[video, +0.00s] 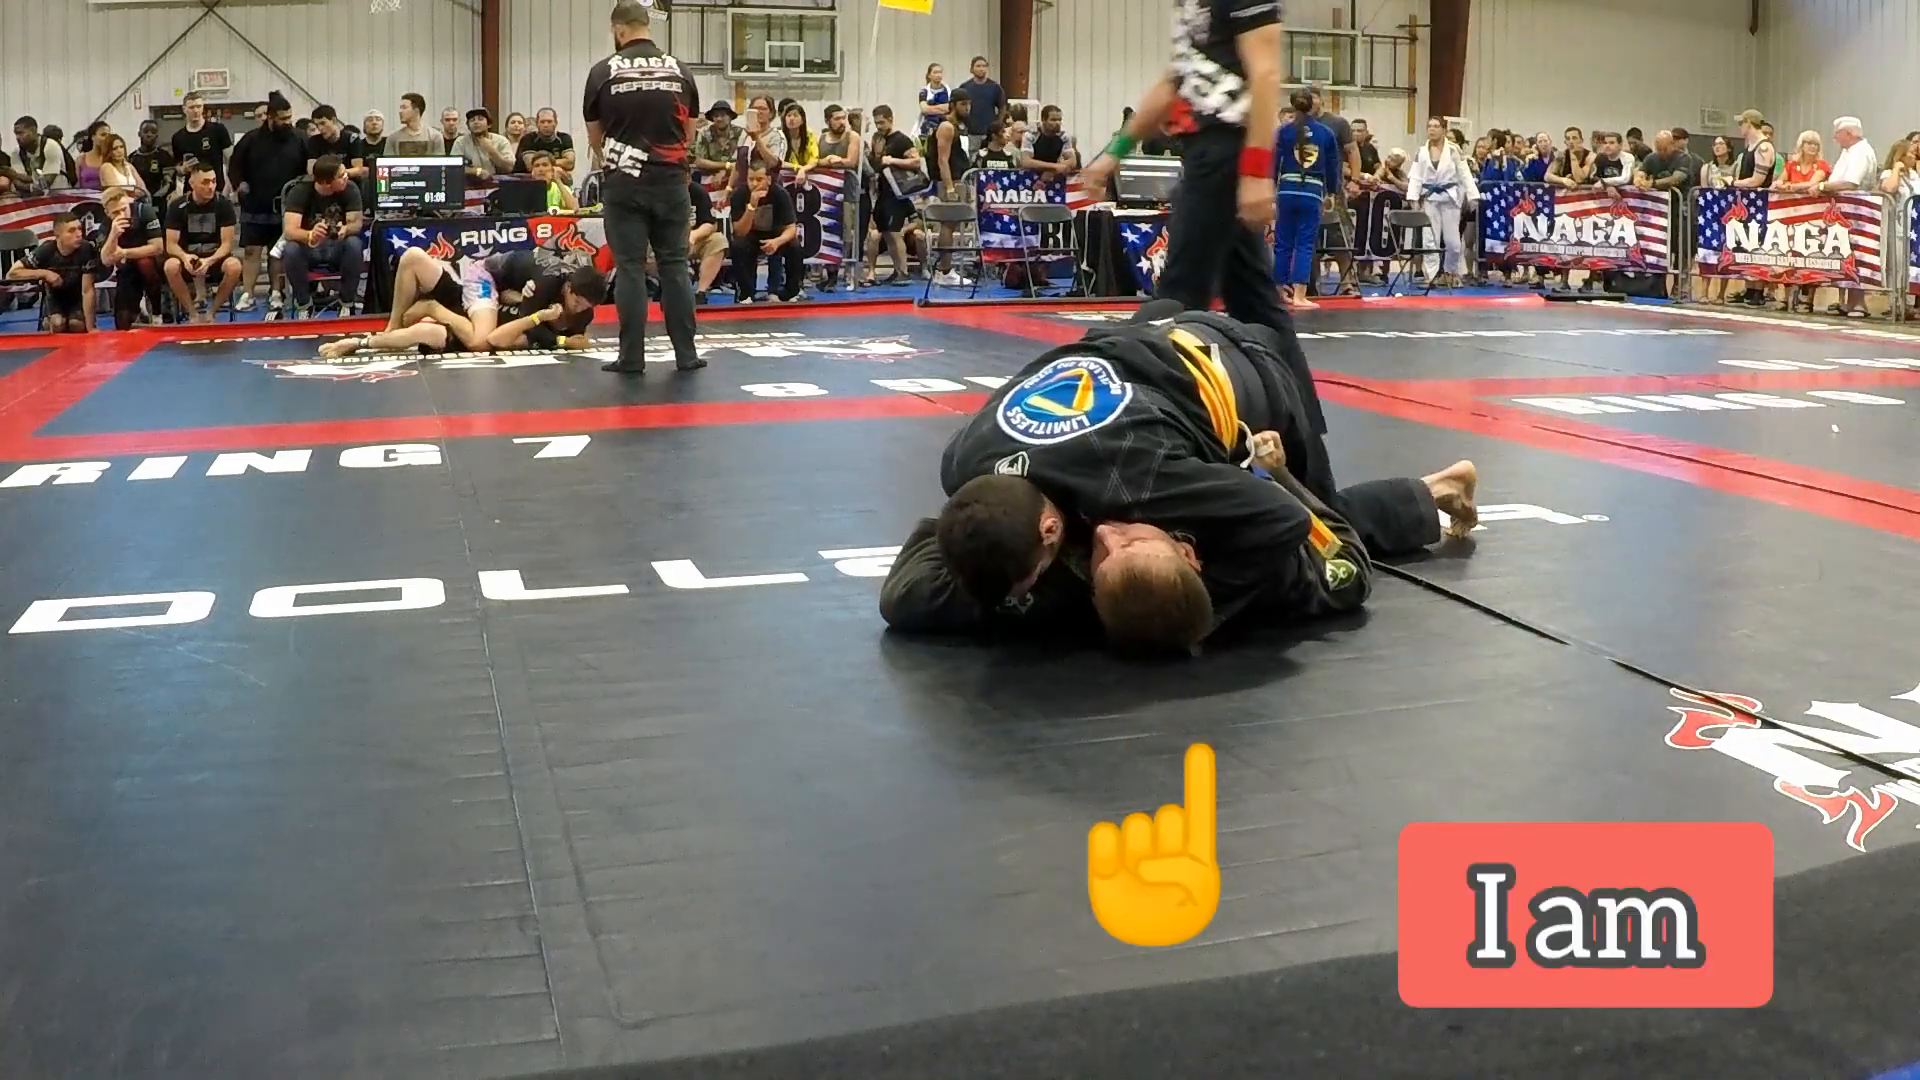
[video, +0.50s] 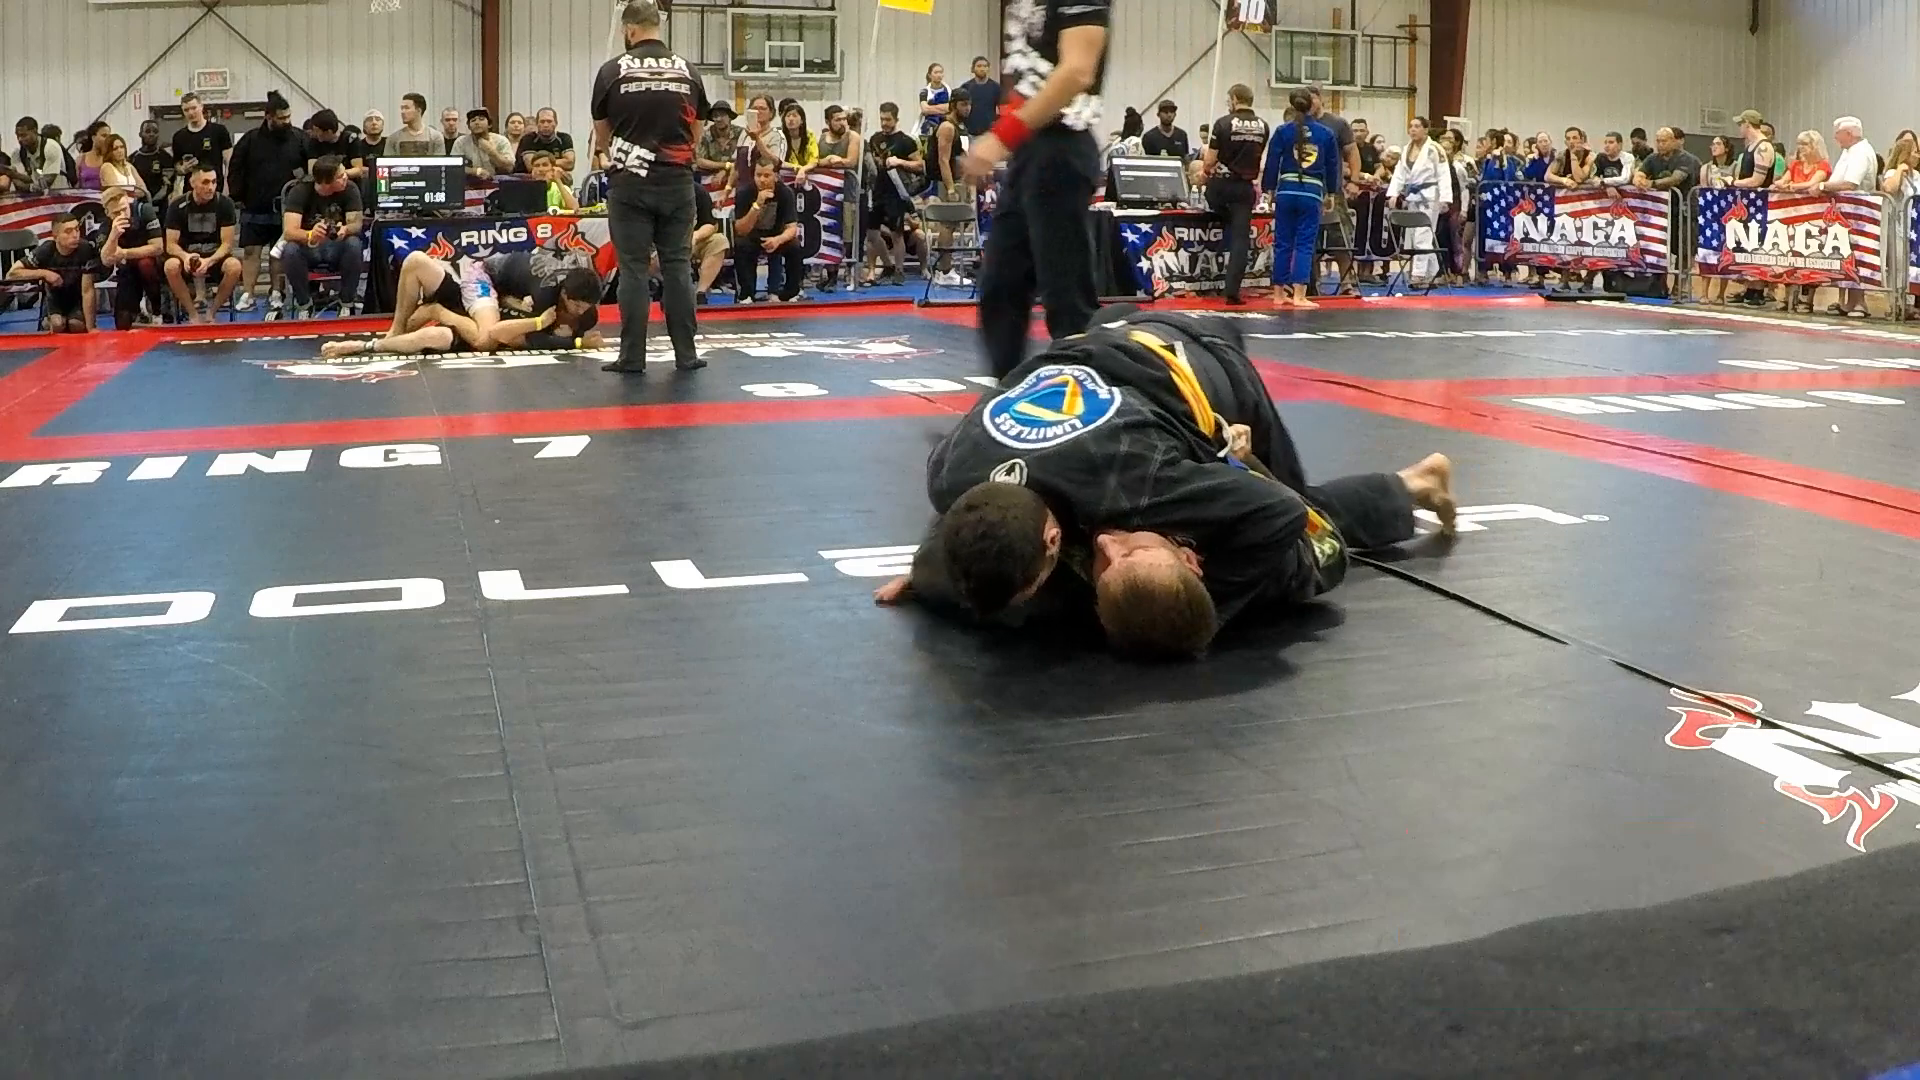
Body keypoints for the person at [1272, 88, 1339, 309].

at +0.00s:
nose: (1318, 105)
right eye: (1316, 103)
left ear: (1294, 107)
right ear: (1312, 106)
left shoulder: (1284, 131)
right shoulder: (1326, 133)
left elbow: (1276, 161)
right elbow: (1332, 164)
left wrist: (1273, 185)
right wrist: (1331, 190)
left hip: (1286, 190)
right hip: (1312, 192)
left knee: (1283, 241)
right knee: (1305, 242)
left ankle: (1281, 291)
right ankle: (1299, 294)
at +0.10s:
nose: (1318, 103)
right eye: (1316, 101)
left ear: (1293, 106)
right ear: (1311, 105)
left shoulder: (1282, 131)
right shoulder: (1325, 133)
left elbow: (1272, 161)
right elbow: (1332, 166)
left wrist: (1269, 186)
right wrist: (1333, 191)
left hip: (1286, 192)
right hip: (1312, 194)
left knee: (1283, 242)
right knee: (1305, 243)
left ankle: (1279, 292)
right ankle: (1299, 295)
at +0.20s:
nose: (1318, 103)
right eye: (1316, 100)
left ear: (1293, 106)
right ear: (1311, 105)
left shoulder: (1282, 130)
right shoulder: (1326, 133)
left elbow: (1272, 160)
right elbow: (1332, 165)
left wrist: (1269, 185)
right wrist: (1333, 191)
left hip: (1286, 191)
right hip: (1312, 194)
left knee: (1283, 241)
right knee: (1305, 242)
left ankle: (1279, 293)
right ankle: (1299, 295)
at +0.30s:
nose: (1317, 103)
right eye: (1315, 101)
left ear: (1292, 106)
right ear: (1312, 105)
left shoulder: (1282, 130)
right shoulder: (1326, 133)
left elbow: (1272, 161)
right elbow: (1333, 166)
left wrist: (1269, 187)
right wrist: (1332, 191)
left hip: (1286, 192)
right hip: (1312, 194)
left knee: (1283, 242)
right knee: (1305, 243)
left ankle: (1279, 293)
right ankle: (1299, 296)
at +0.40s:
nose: (1317, 103)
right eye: (1315, 100)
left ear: (1292, 105)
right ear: (1312, 105)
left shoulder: (1282, 130)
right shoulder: (1325, 133)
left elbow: (1271, 161)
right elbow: (1333, 165)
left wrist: (1269, 186)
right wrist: (1332, 190)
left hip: (1286, 192)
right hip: (1312, 194)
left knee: (1283, 242)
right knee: (1305, 243)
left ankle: (1279, 293)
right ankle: (1299, 296)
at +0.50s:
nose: (1316, 102)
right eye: (1314, 100)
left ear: (1292, 106)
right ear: (1311, 105)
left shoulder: (1282, 130)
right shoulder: (1326, 133)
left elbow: (1272, 161)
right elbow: (1332, 166)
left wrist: (1268, 188)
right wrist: (1332, 191)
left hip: (1286, 192)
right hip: (1312, 195)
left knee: (1282, 242)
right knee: (1305, 243)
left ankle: (1278, 294)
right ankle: (1299, 296)